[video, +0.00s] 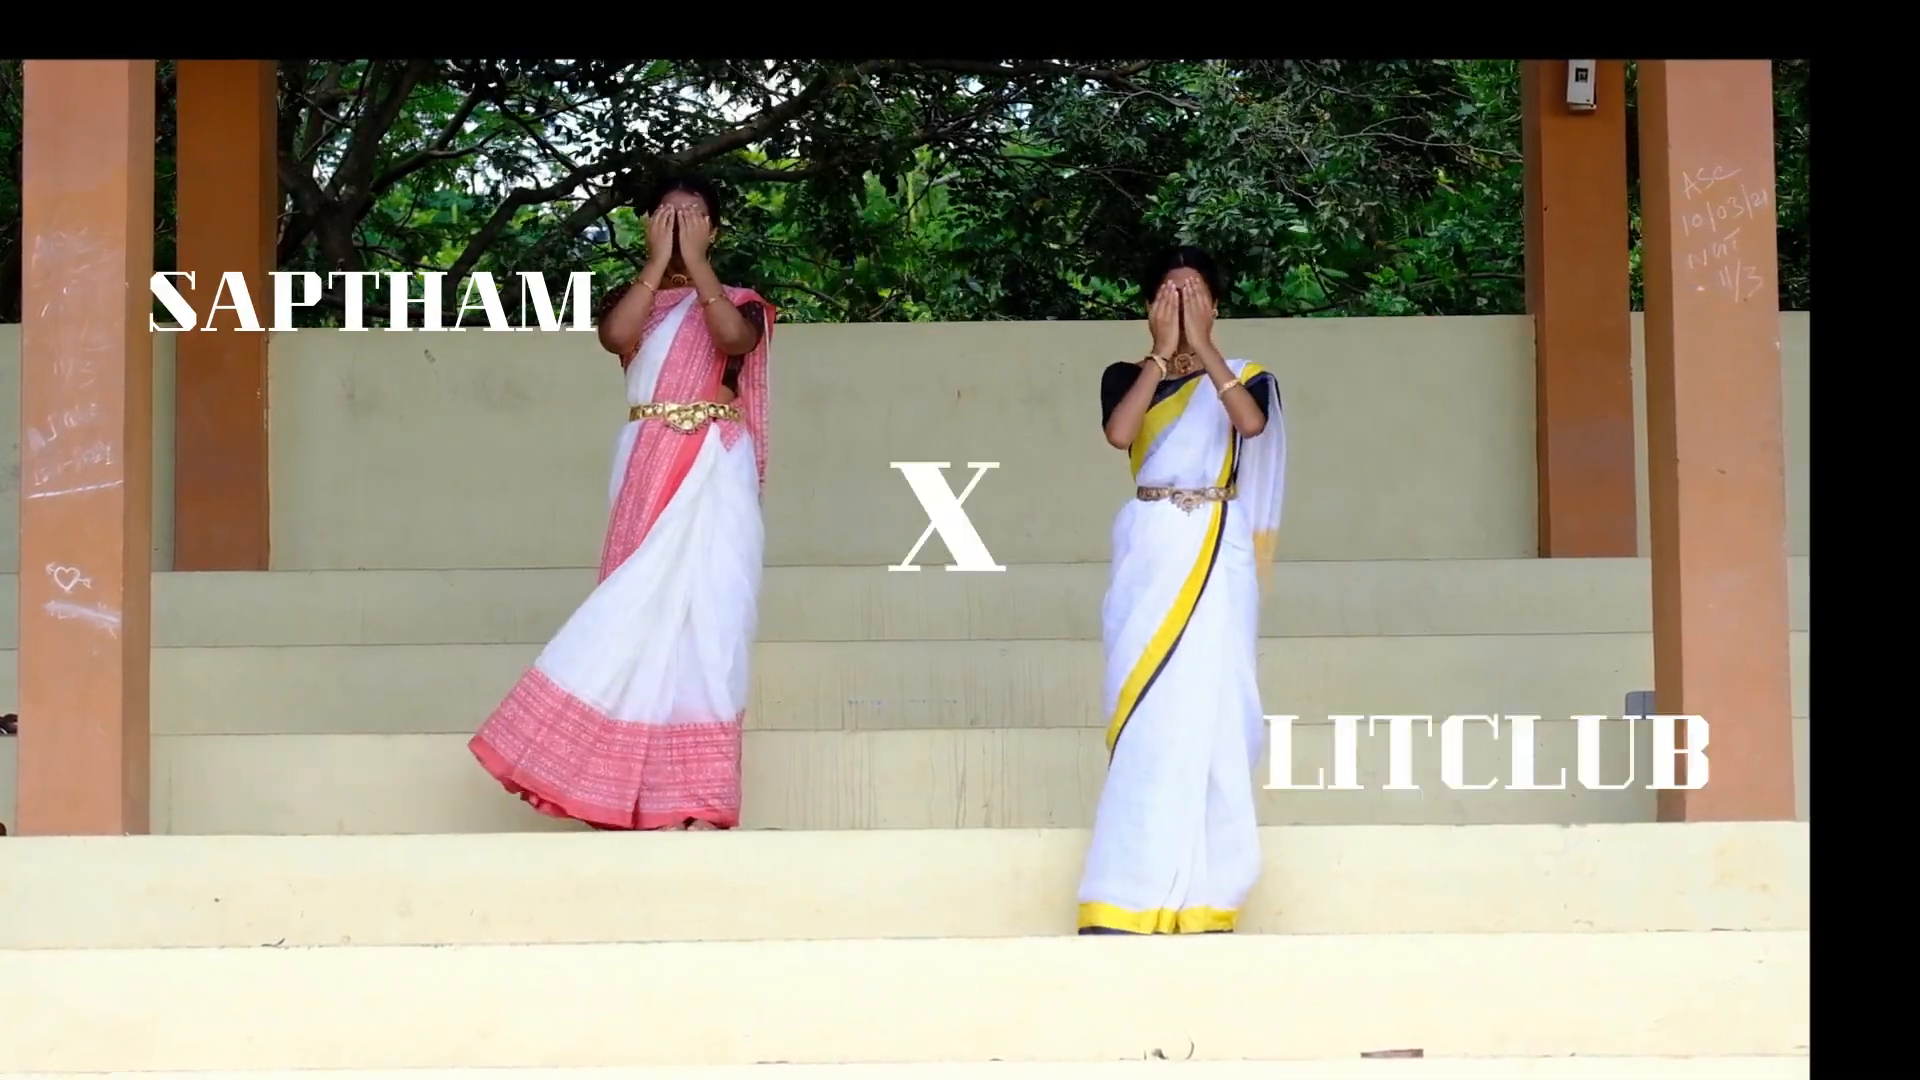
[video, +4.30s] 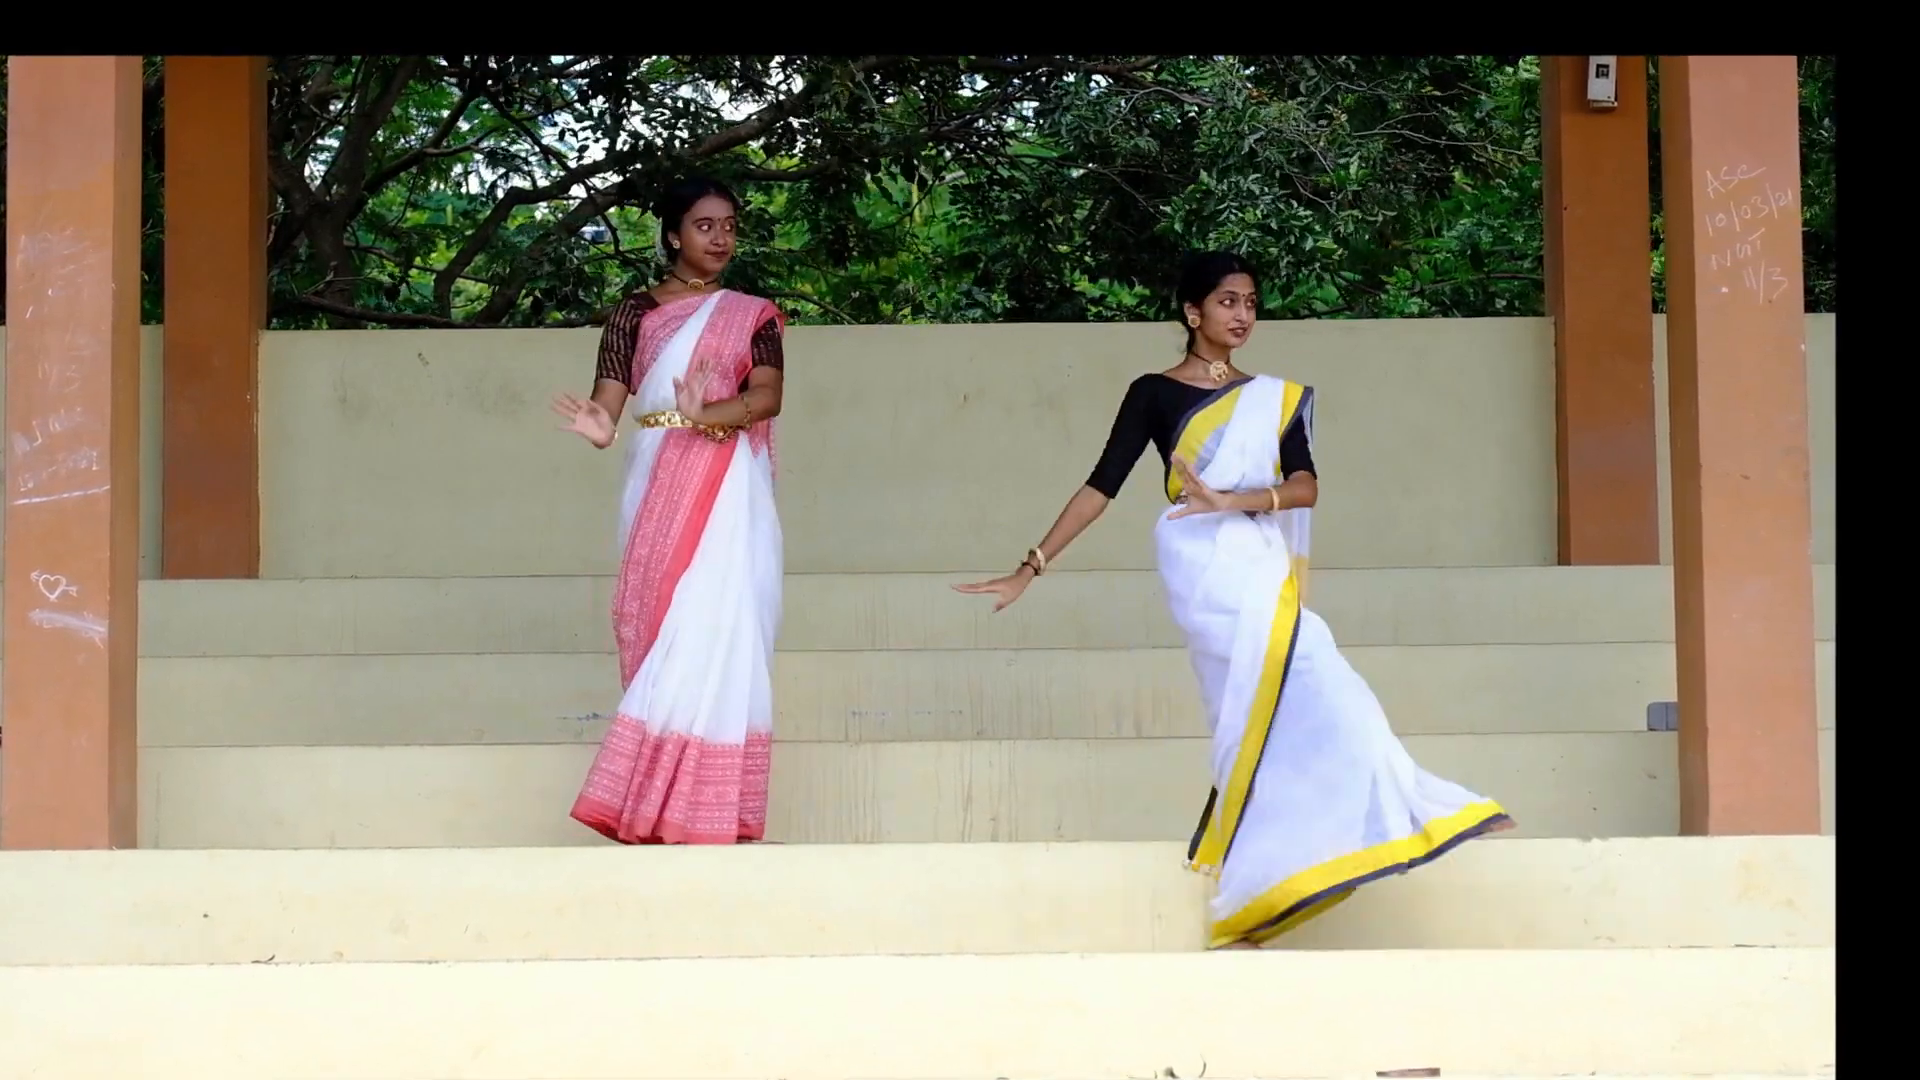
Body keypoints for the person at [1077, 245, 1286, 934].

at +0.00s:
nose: (1182, 305)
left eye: (1195, 293)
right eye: (1169, 293)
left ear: (1216, 303)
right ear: (1152, 305)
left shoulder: (1245, 377)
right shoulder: (1129, 376)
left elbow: (1250, 422)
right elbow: (1120, 433)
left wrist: (1203, 348)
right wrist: (1161, 357)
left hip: (1214, 558)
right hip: (1146, 555)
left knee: (1204, 712)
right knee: (1142, 711)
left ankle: (1202, 890)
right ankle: (1133, 889)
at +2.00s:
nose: (1188, 318)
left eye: (1201, 306)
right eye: (1177, 306)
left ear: (1223, 310)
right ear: (1159, 312)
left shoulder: (1254, 378)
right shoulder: (1138, 379)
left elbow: (1248, 408)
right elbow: (1131, 409)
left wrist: (1211, 328)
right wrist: (1170, 335)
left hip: (1223, 564)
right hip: (1154, 561)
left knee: (1214, 718)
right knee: (1151, 717)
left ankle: (1211, 900)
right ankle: (1140, 899)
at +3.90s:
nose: (1202, 320)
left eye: (1215, 309)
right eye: (1189, 308)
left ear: (1230, 315)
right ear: (1165, 313)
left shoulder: (1262, 382)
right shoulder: (1141, 382)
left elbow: (1286, 458)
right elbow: (1136, 457)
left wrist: (1253, 366)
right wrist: (1173, 373)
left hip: (1240, 558)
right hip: (1172, 555)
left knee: (1239, 720)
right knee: (1169, 718)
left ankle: (1238, 905)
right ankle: (1163, 906)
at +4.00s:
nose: (1213, 318)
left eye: (1224, 307)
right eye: (1200, 305)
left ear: (1236, 316)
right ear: (1174, 311)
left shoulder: (1273, 392)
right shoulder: (1145, 389)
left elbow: (1299, 496)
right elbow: (1123, 498)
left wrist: (1265, 448)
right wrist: (1178, 441)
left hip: (1255, 563)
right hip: (1183, 563)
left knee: (1254, 723)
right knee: (1186, 722)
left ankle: (1248, 908)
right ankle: (1175, 908)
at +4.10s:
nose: (1225, 320)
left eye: (1235, 309)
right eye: (1212, 307)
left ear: (1244, 318)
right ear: (1181, 312)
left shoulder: (1271, 400)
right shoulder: (1148, 395)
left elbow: (1299, 498)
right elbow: (1121, 497)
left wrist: (1261, 510)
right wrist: (1132, 520)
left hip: (1266, 572)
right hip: (1193, 570)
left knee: (1284, 722)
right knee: (1248, 726)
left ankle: (1247, 913)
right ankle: (1167, 900)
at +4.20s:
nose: (1235, 316)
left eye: (1243, 305)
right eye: (1221, 303)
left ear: (1250, 316)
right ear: (1188, 310)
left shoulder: (1271, 399)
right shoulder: (1151, 395)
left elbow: (1301, 494)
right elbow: (1115, 488)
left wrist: (1257, 518)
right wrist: (1079, 564)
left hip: (1266, 564)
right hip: (1196, 563)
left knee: (1287, 709)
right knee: (1255, 707)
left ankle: (1250, 895)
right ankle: (1223, 889)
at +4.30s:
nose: (1242, 316)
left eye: (1250, 304)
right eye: (1228, 302)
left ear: (1255, 313)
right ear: (1192, 309)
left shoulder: (1274, 396)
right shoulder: (1156, 393)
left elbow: (1305, 488)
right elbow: (1100, 486)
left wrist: (1228, 499)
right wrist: (1030, 566)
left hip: (1265, 555)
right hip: (1199, 555)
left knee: (1252, 706)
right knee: (1309, 648)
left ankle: (1246, 883)